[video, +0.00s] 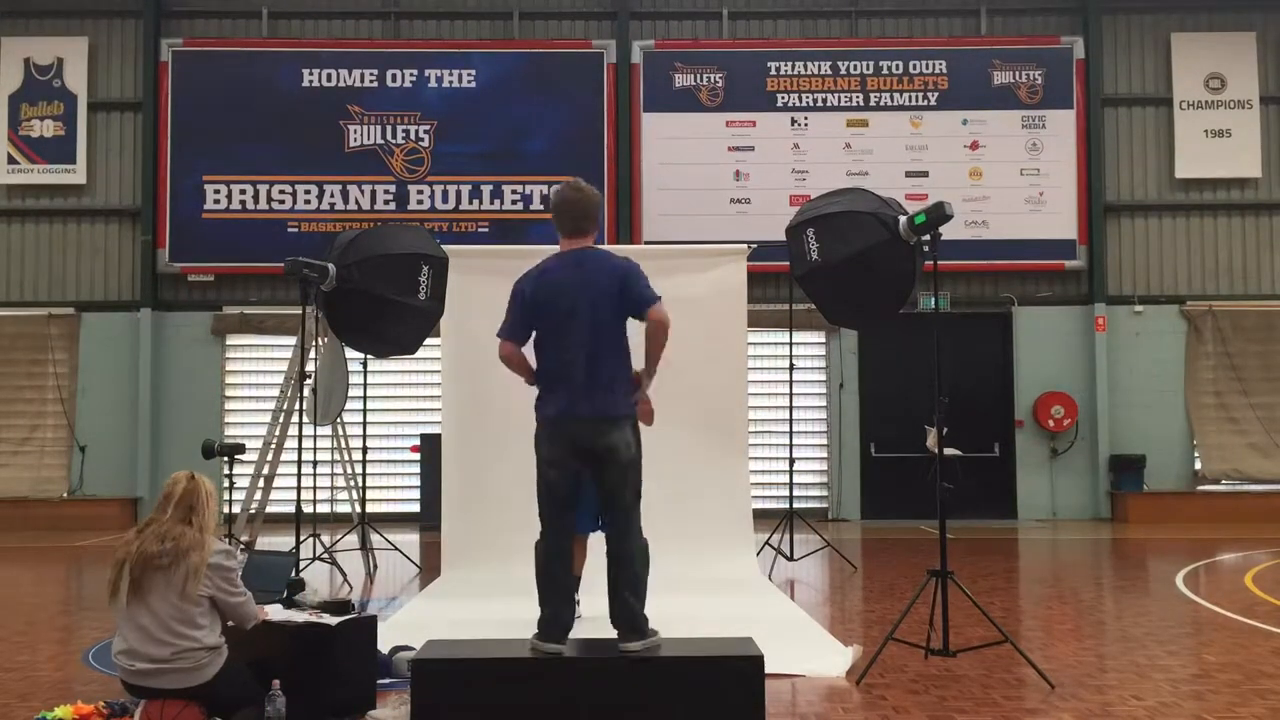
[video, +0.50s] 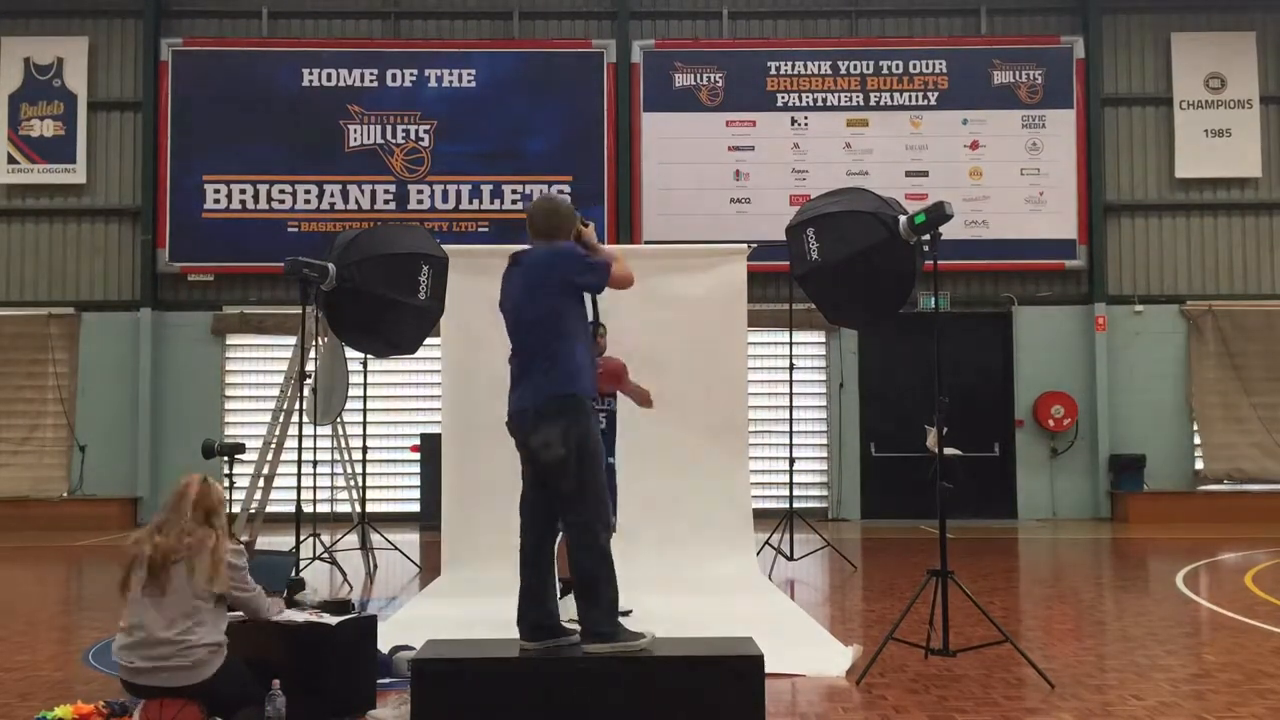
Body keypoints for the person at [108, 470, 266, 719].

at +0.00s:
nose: (215, 512)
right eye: (213, 506)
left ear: (164, 504)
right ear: (206, 510)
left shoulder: (135, 544)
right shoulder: (214, 553)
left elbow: (129, 608)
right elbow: (246, 617)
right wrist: (257, 615)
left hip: (135, 680)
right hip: (195, 679)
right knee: (252, 701)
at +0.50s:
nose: (225, 514)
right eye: (222, 508)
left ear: (174, 506)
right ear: (216, 511)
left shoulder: (145, 542)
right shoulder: (225, 550)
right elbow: (259, 608)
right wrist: (277, 604)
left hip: (136, 680)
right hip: (196, 677)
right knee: (252, 700)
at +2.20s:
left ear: (165, 506)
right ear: (208, 509)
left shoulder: (141, 544)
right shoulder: (225, 549)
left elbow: (131, 606)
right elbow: (253, 618)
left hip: (142, 680)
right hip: (208, 684)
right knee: (255, 701)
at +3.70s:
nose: (222, 515)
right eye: (220, 509)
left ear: (171, 507)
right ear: (212, 510)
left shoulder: (146, 540)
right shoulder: (223, 546)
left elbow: (134, 602)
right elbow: (252, 615)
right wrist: (261, 613)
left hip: (141, 678)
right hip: (205, 680)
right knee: (255, 702)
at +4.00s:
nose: (233, 523)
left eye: (234, 516)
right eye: (232, 516)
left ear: (188, 510)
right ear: (225, 515)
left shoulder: (158, 542)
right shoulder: (229, 546)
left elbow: (140, 602)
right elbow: (255, 613)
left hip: (142, 677)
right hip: (207, 681)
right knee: (256, 702)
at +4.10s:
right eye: (219, 506)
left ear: (170, 504)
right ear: (213, 509)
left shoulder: (142, 540)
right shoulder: (225, 545)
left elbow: (131, 609)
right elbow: (252, 616)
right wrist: (264, 602)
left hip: (142, 679)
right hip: (207, 681)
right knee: (255, 702)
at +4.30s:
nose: (226, 516)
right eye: (223, 510)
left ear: (175, 508)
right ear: (217, 513)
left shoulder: (141, 541)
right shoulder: (226, 550)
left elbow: (130, 609)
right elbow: (236, 625)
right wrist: (241, 586)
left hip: (141, 679)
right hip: (206, 683)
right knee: (254, 704)